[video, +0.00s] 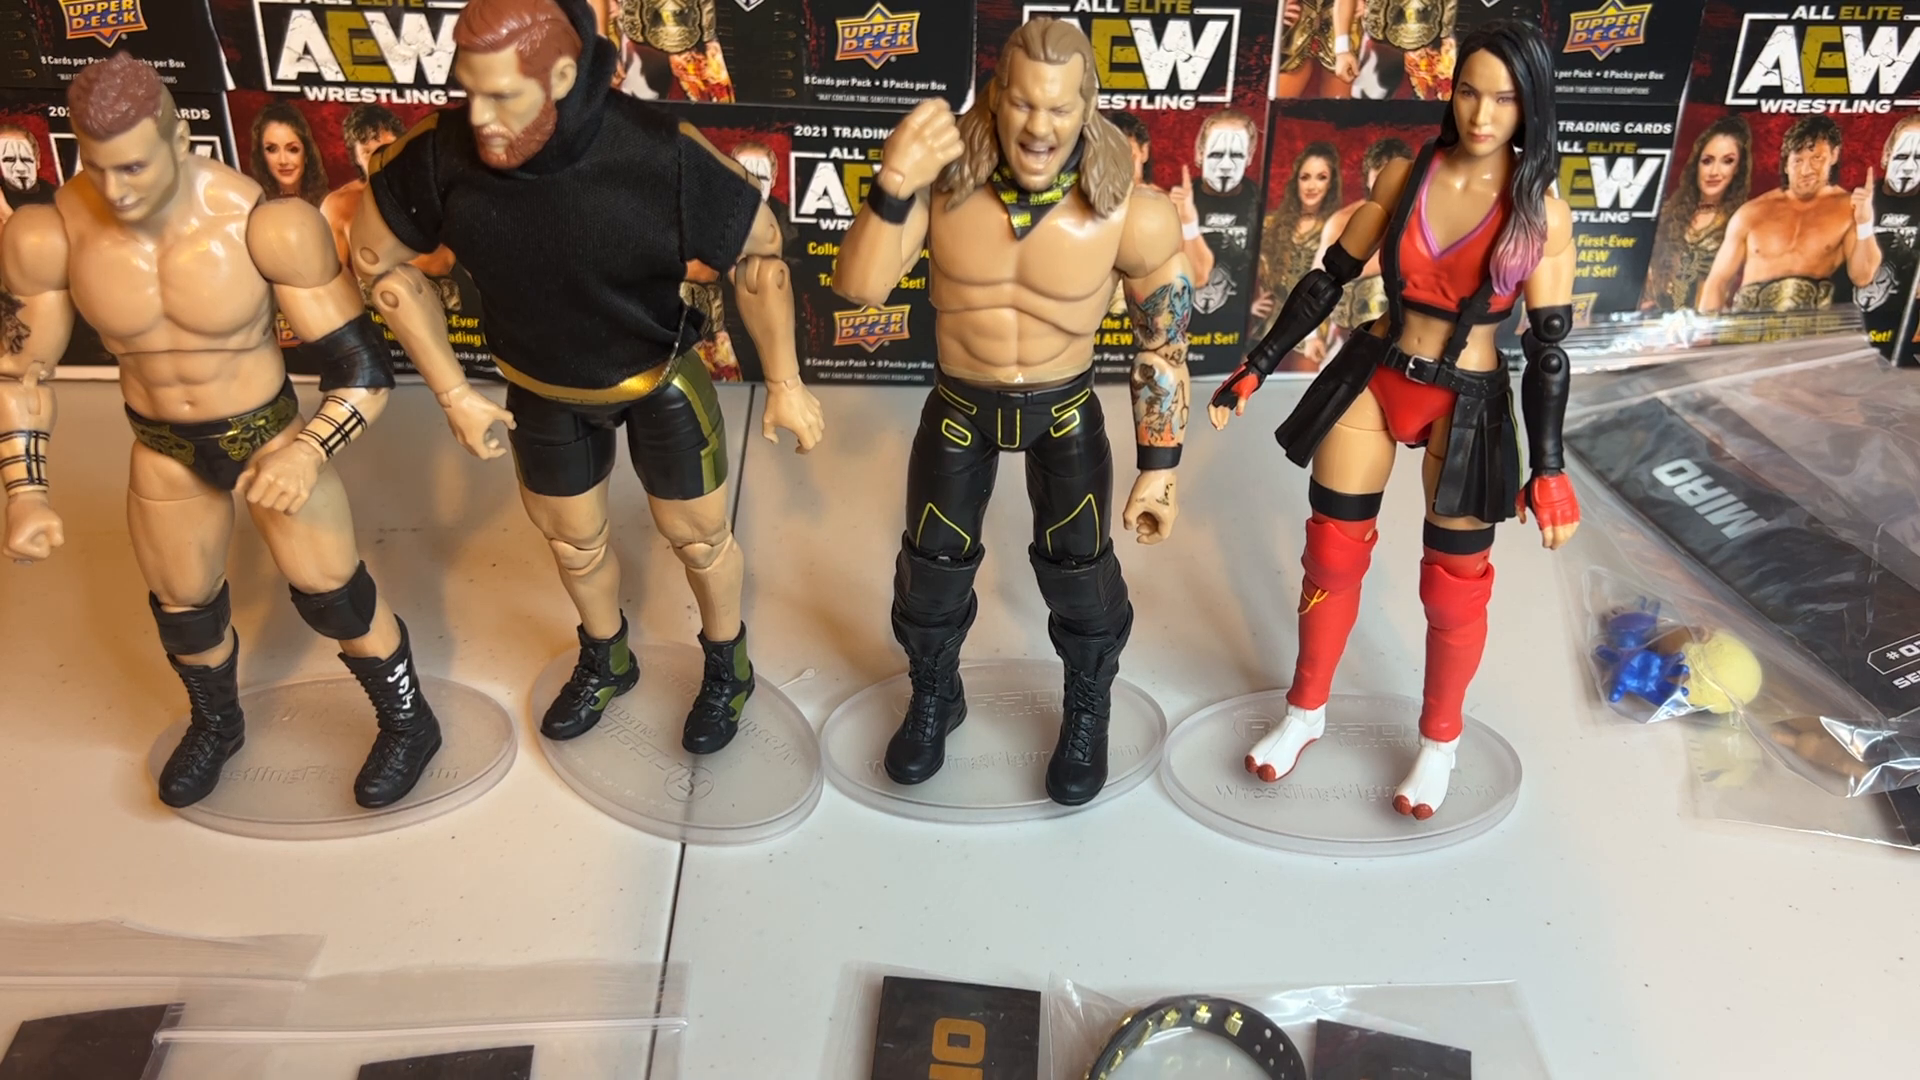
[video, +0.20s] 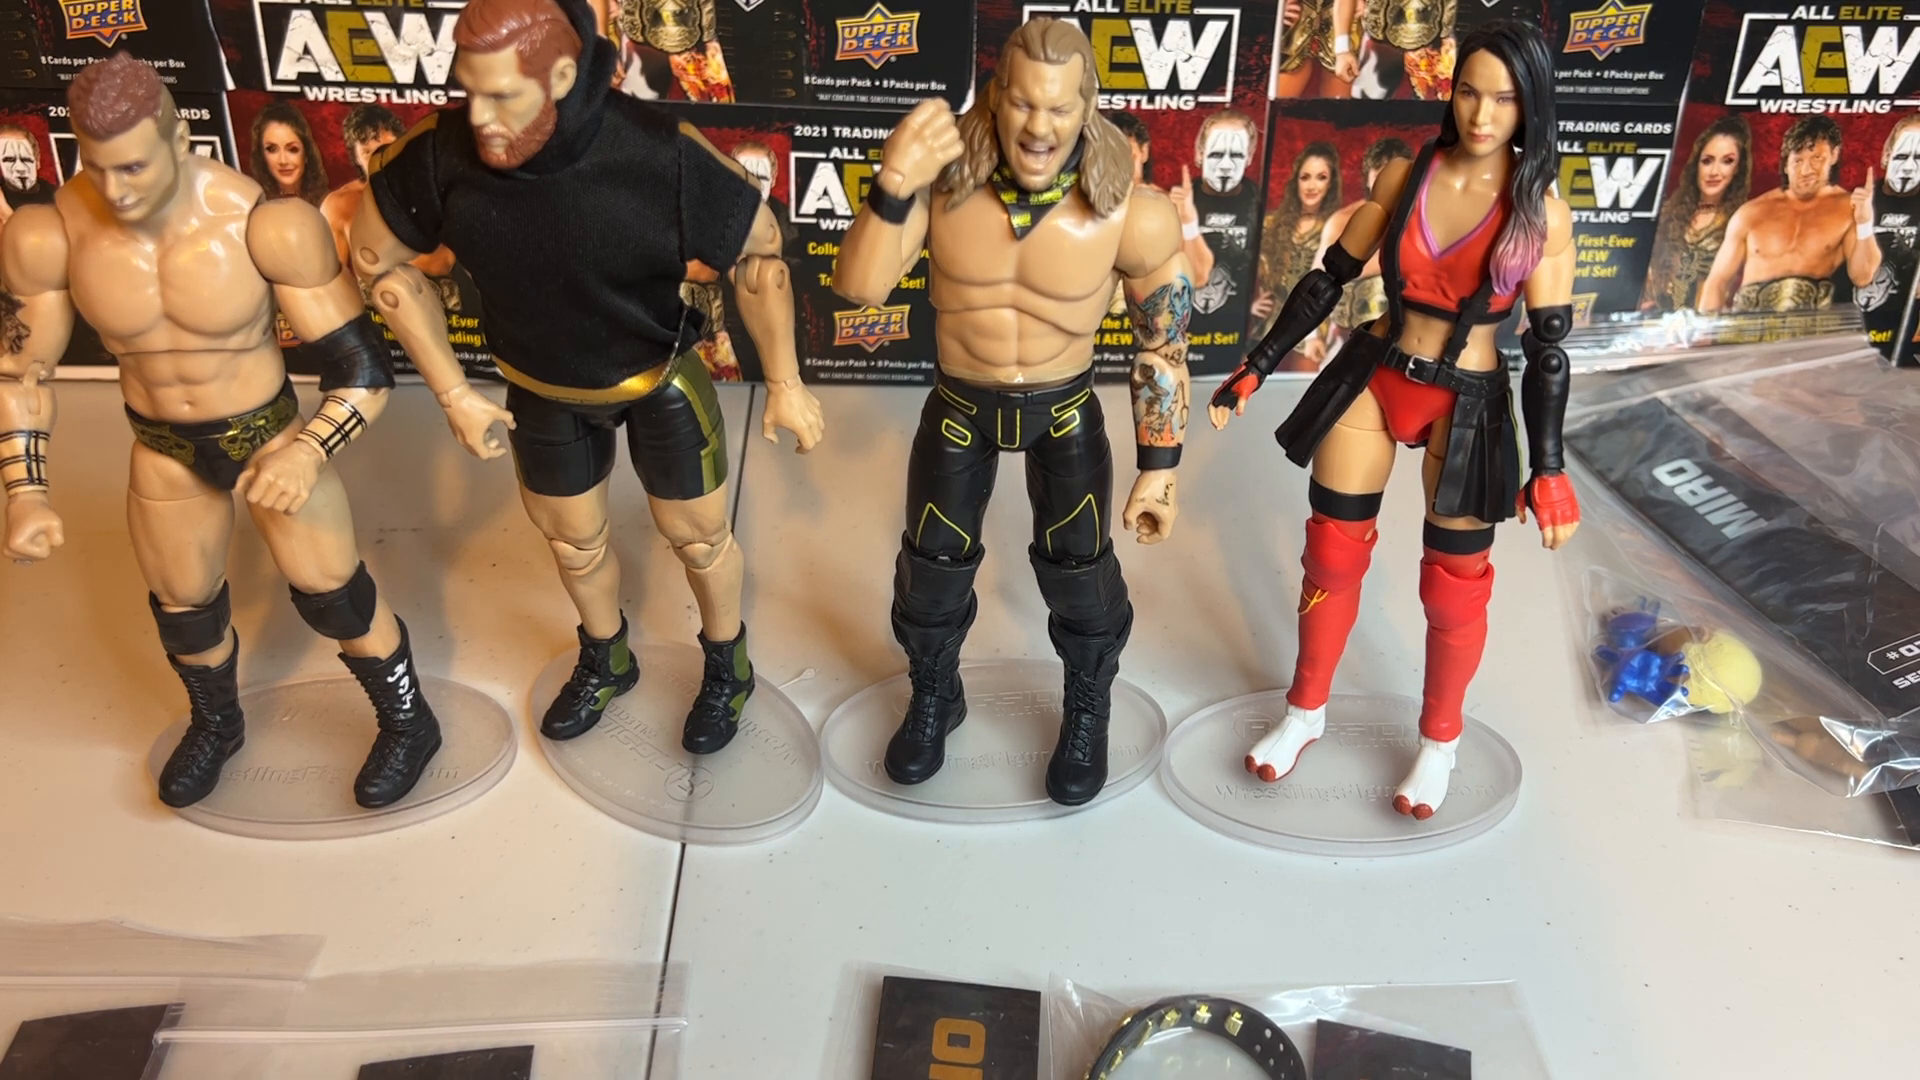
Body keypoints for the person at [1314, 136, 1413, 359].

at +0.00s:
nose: (1388, 180)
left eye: (1396, 173)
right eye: (1381, 170)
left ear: (1410, 177)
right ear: (1368, 175)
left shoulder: (1416, 216)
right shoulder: (1344, 220)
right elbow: (1321, 276)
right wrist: (1314, 333)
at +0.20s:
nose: (1388, 180)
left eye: (1396, 173)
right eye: (1381, 171)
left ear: (1410, 177)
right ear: (1368, 175)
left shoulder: (1416, 216)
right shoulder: (1344, 220)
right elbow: (1321, 276)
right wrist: (1314, 333)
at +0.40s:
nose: (1389, 181)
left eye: (1397, 174)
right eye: (1381, 171)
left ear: (1410, 177)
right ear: (1368, 175)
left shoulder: (1417, 216)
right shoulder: (1343, 220)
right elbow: (1321, 276)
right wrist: (1314, 334)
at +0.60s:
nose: (1388, 181)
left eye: (1396, 174)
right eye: (1381, 172)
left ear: (1410, 177)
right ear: (1368, 175)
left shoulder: (1416, 215)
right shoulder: (1343, 220)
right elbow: (1321, 276)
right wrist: (1315, 334)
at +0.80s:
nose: (1388, 180)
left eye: (1396, 173)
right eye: (1381, 171)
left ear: (1410, 177)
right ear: (1368, 174)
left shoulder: (1416, 215)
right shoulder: (1344, 220)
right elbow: (1321, 275)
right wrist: (1314, 334)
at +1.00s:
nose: (1389, 181)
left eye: (1397, 174)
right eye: (1381, 171)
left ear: (1410, 177)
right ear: (1368, 175)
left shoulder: (1417, 216)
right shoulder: (1343, 221)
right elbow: (1322, 277)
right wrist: (1315, 335)